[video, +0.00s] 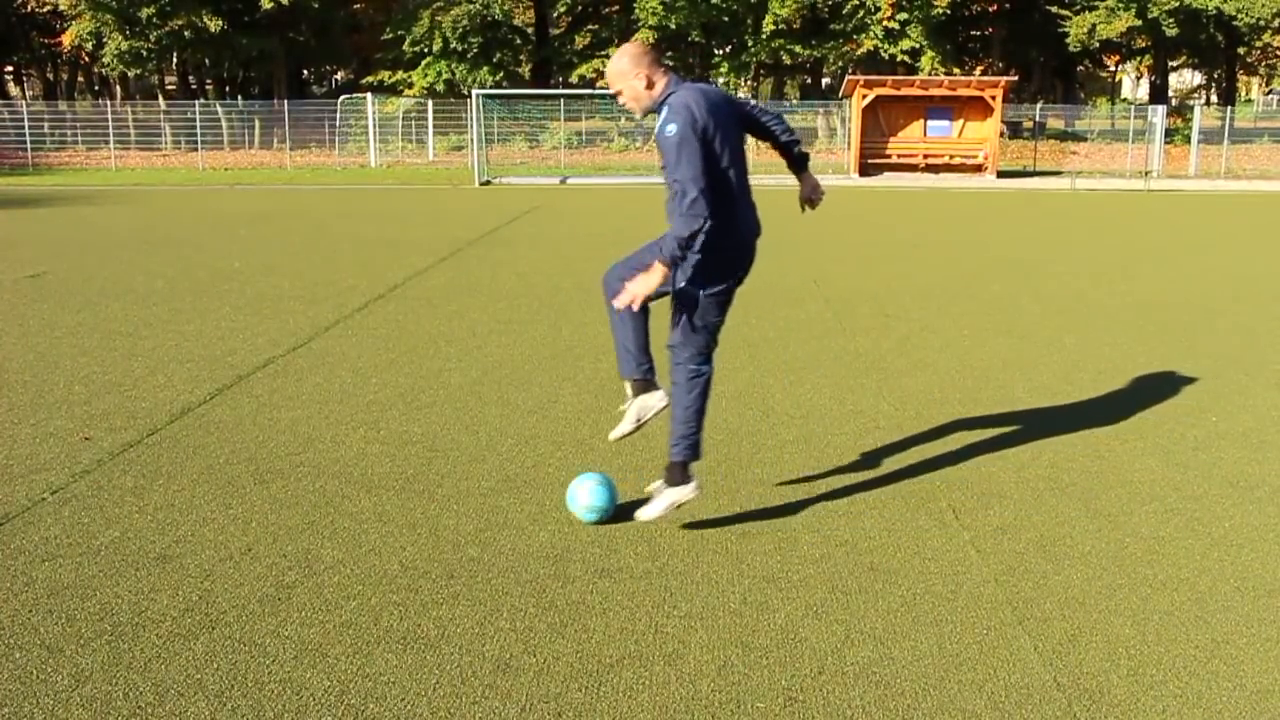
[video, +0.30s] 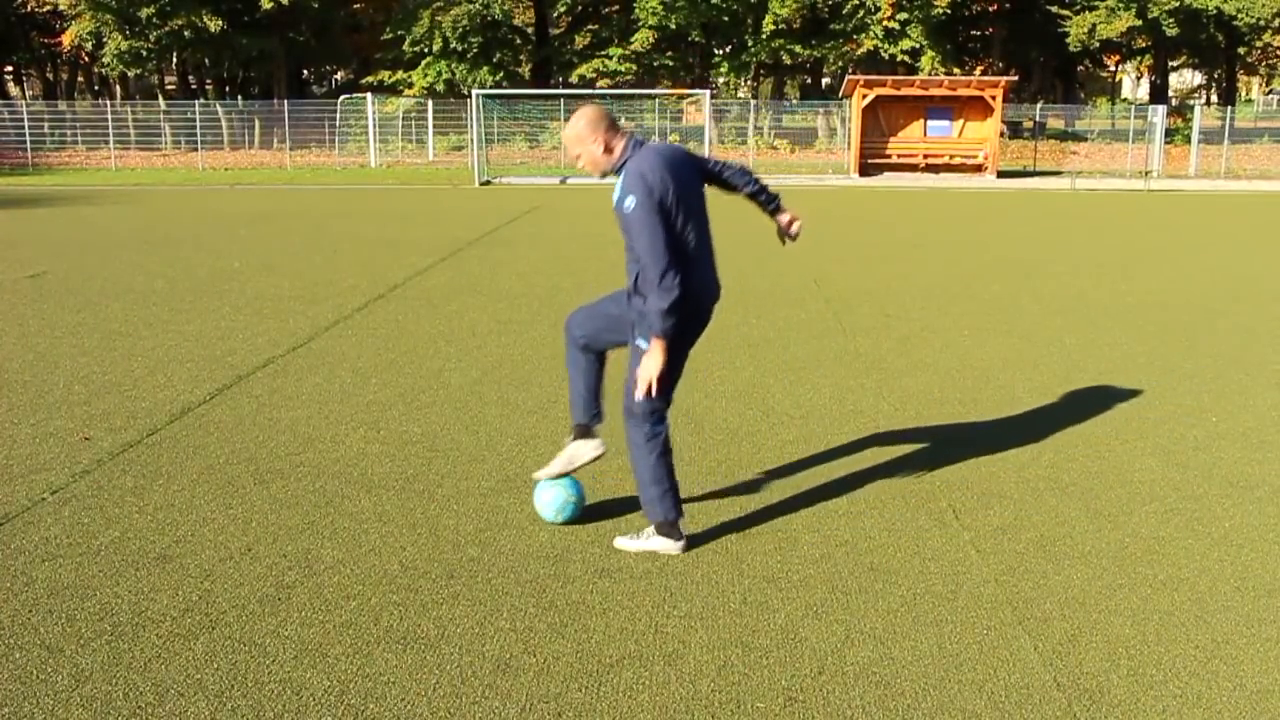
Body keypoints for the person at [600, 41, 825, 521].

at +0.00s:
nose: (620, 103)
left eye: (620, 93)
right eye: (616, 94)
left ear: (646, 79)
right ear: (654, 74)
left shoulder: (675, 121)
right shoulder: (708, 95)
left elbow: (692, 212)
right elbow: (771, 124)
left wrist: (656, 273)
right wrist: (805, 173)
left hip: (716, 250)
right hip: (720, 235)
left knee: (690, 357)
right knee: (620, 280)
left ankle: (679, 477)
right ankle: (642, 389)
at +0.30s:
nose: (579, 166)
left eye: (579, 156)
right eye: (575, 157)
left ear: (603, 141)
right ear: (610, 137)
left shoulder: (634, 186)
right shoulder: (668, 155)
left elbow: (660, 273)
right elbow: (731, 173)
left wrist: (657, 344)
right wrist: (778, 211)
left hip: (673, 309)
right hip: (687, 291)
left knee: (642, 410)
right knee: (581, 327)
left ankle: (667, 529)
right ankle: (584, 435)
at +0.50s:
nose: (555, 192)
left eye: (555, 183)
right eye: (551, 185)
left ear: (578, 169)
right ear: (581, 166)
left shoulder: (609, 215)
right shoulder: (645, 172)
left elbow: (632, 303)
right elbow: (708, 197)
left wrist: (642, 374)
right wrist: (753, 238)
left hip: (651, 323)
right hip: (672, 306)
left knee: (609, 426)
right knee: (568, 354)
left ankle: (661, 528)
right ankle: (524, 454)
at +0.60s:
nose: (548, 194)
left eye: (546, 185)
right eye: (543, 187)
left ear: (567, 169)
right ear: (572, 165)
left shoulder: (599, 217)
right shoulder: (638, 174)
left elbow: (623, 303)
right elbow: (701, 203)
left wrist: (633, 372)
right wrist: (741, 244)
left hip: (641, 327)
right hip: (664, 310)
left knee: (603, 428)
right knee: (560, 361)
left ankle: (660, 527)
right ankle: (506, 455)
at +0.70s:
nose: (535, 192)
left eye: (533, 182)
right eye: (530, 184)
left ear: (552, 167)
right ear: (559, 162)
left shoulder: (583, 214)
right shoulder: (625, 174)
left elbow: (609, 301)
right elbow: (687, 206)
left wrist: (617, 367)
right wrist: (725, 251)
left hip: (625, 325)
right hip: (651, 310)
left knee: (597, 430)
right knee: (550, 368)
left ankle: (660, 525)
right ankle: (486, 454)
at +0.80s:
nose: (527, 188)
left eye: (524, 177)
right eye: (522, 179)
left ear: (543, 163)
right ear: (552, 156)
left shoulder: (574, 208)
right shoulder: (617, 172)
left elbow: (599, 298)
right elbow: (678, 208)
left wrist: (607, 364)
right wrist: (714, 254)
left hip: (615, 324)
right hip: (639, 309)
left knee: (592, 428)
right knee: (544, 371)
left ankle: (659, 523)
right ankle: (479, 453)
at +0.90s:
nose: (512, 179)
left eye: (510, 169)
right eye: (508, 171)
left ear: (531, 155)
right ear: (538, 150)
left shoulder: (558, 199)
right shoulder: (603, 168)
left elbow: (579, 284)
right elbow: (659, 204)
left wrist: (590, 355)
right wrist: (696, 253)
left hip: (594, 318)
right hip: (619, 305)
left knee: (589, 429)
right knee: (533, 380)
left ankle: (656, 520)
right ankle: (475, 454)